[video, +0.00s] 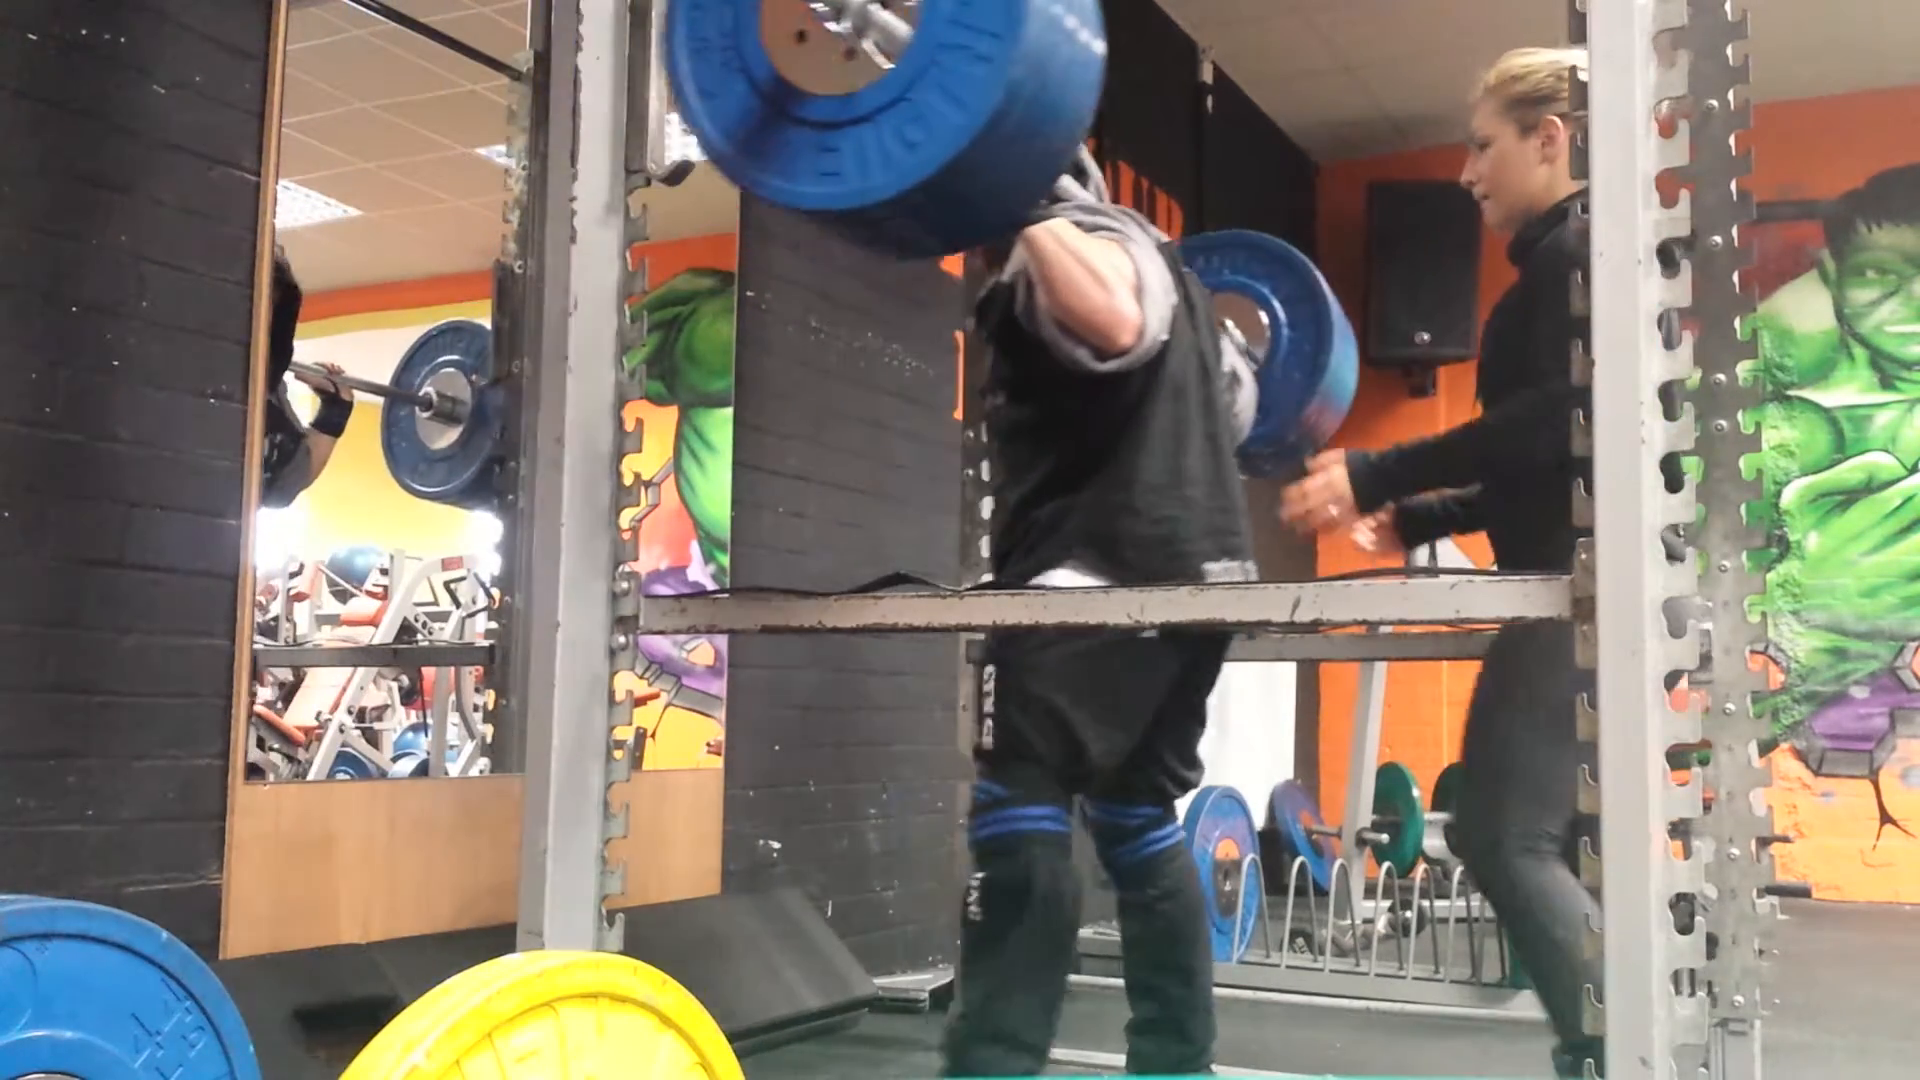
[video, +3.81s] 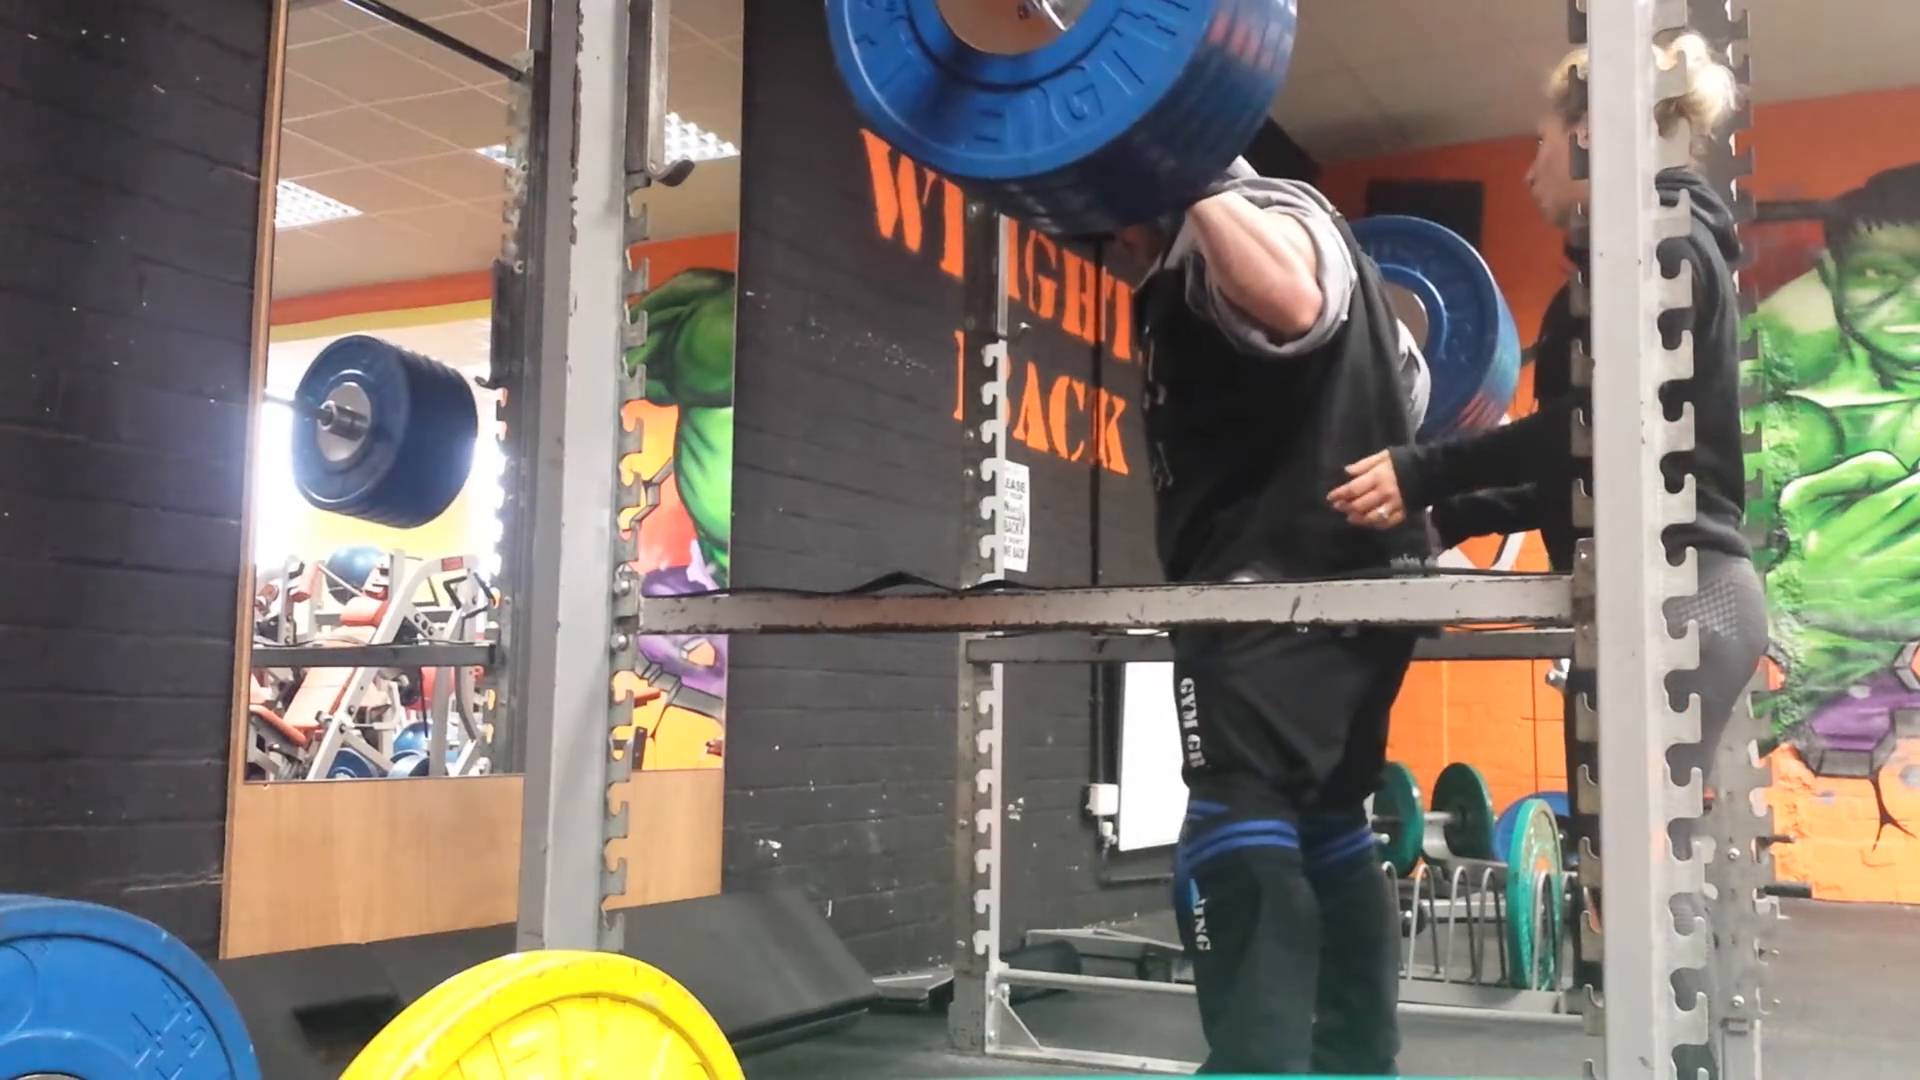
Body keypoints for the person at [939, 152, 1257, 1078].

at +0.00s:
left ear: (1008, 176)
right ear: (1081, 163)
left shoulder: (1080, 236)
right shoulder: (1154, 257)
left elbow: (1116, 317)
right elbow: (1235, 397)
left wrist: (1028, 222)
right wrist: (1233, 340)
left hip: (1090, 583)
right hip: (1194, 578)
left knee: (1020, 807)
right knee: (1141, 812)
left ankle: (994, 1058)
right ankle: (1175, 1061)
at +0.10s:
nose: (976, 228)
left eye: (980, 205)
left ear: (1010, 186)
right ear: (1090, 165)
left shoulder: (1088, 229)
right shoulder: (1165, 244)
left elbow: (1141, 316)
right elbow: (1255, 368)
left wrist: (1050, 224)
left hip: (1113, 560)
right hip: (1219, 559)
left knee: (1020, 777)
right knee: (1156, 801)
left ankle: (1075, 1055)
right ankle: (1179, 1061)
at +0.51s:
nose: (1015, 241)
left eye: (1019, 219)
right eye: (1005, 227)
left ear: (1061, 193)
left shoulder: (1181, 221)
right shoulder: (1101, 271)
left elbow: (1217, 306)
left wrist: (1110, 186)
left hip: (1219, 572)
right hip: (1164, 575)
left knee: (1163, 826)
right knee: (1167, 826)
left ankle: (1220, 1068)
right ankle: (1187, 1061)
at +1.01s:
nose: (1081, 247)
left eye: (1078, 222)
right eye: (1066, 234)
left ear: (1116, 181)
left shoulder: (1240, 208)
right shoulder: (1169, 258)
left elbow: (1282, 295)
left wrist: (1173, 161)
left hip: (1265, 578)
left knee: (1214, 819)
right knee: (1303, 823)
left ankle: (1237, 1065)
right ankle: (1347, 1064)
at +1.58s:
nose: (1108, 259)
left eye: (1111, 232)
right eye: (1095, 241)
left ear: (1161, 193)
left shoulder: (1295, 212)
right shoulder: (1213, 262)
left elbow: (1329, 300)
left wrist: (1225, 179)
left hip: (1315, 588)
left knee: (1259, 829)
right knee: (1333, 833)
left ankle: (1266, 1064)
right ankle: (1351, 1064)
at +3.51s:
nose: (1096, 254)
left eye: (1091, 229)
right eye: (1079, 239)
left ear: (1133, 193)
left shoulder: (1255, 206)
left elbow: (1290, 293)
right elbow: (1408, 356)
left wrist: (1180, 172)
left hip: (1287, 588)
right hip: (1367, 588)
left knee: (1231, 822)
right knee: (1326, 829)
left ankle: (1254, 1063)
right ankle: (1357, 1062)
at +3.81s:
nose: (1104, 261)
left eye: (1100, 238)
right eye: (1087, 246)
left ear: (1140, 204)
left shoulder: (1257, 213)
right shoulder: (1317, 229)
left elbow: (1292, 300)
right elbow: (1408, 375)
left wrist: (1186, 178)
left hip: (1276, 585)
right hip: (1363, 584)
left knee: (1241, 822)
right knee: (1328, 822)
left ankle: (1257, 1061)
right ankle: (1355, 1060)